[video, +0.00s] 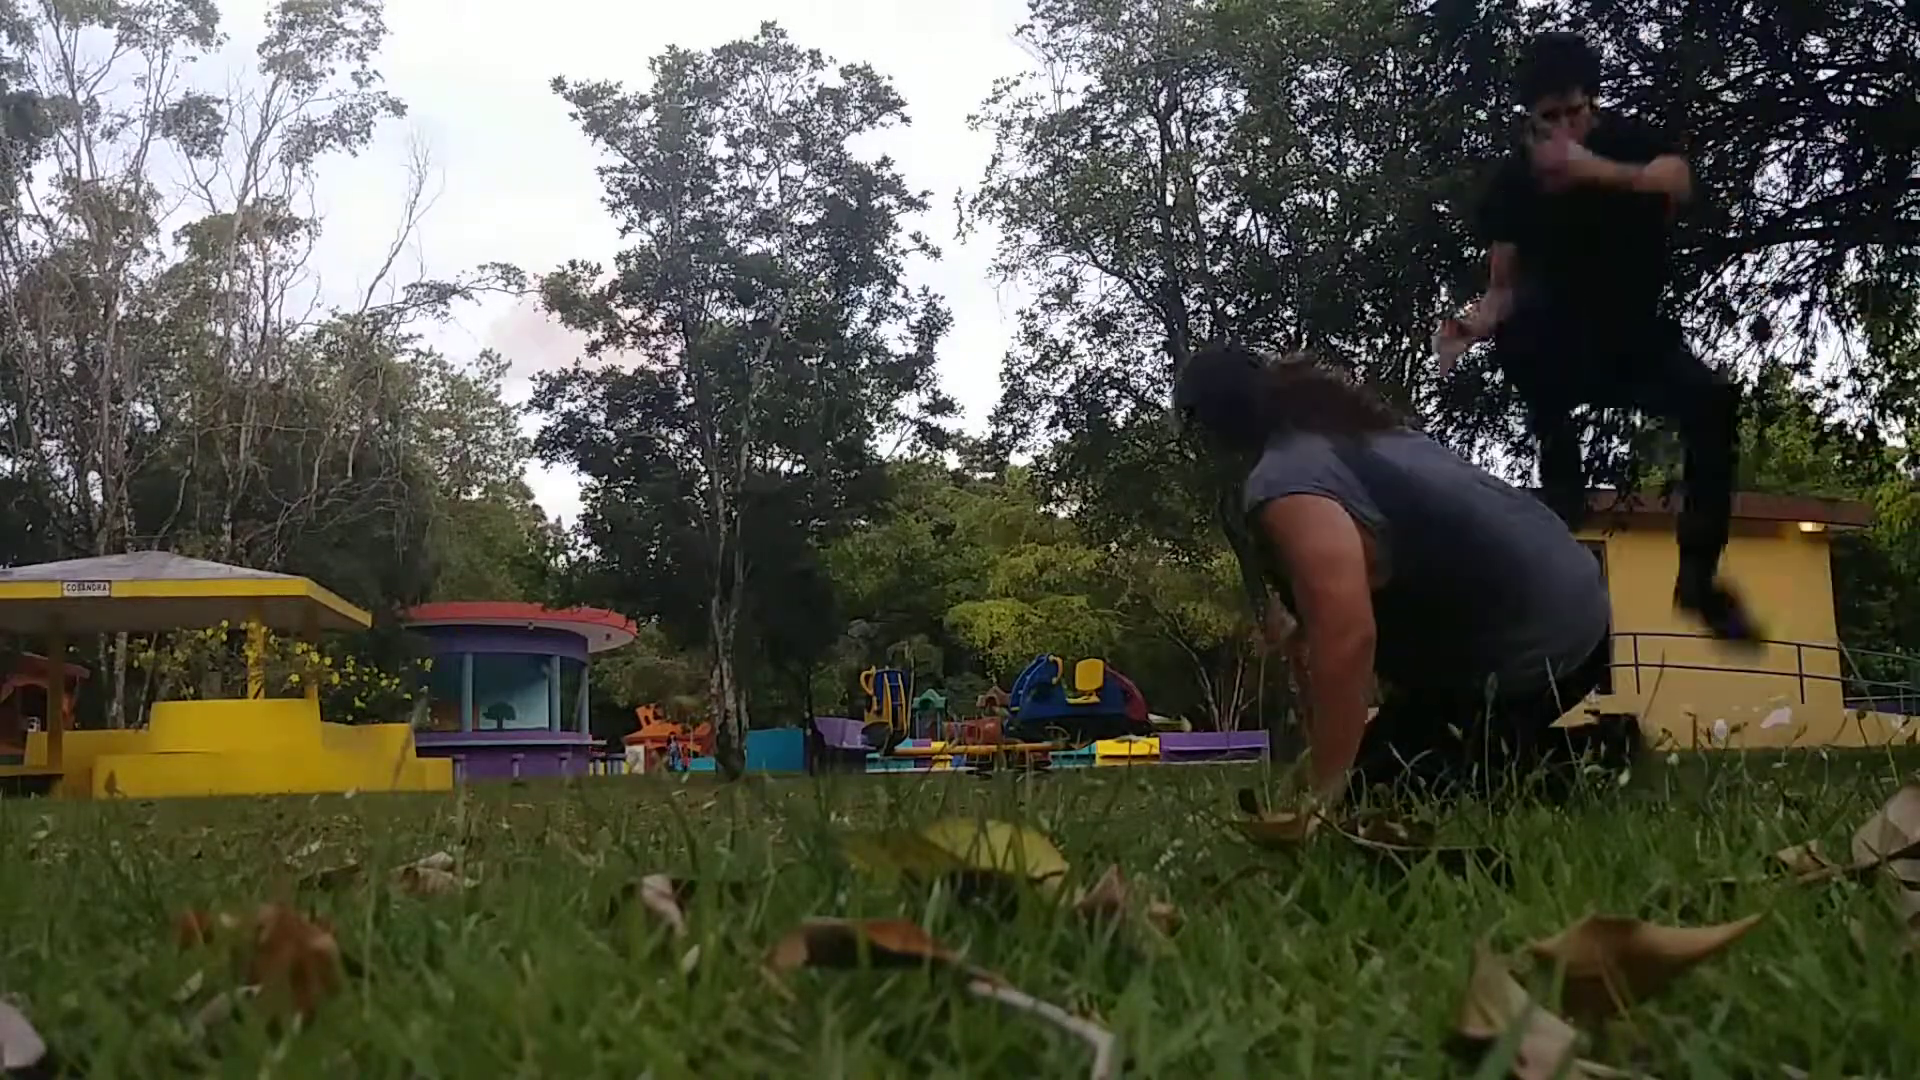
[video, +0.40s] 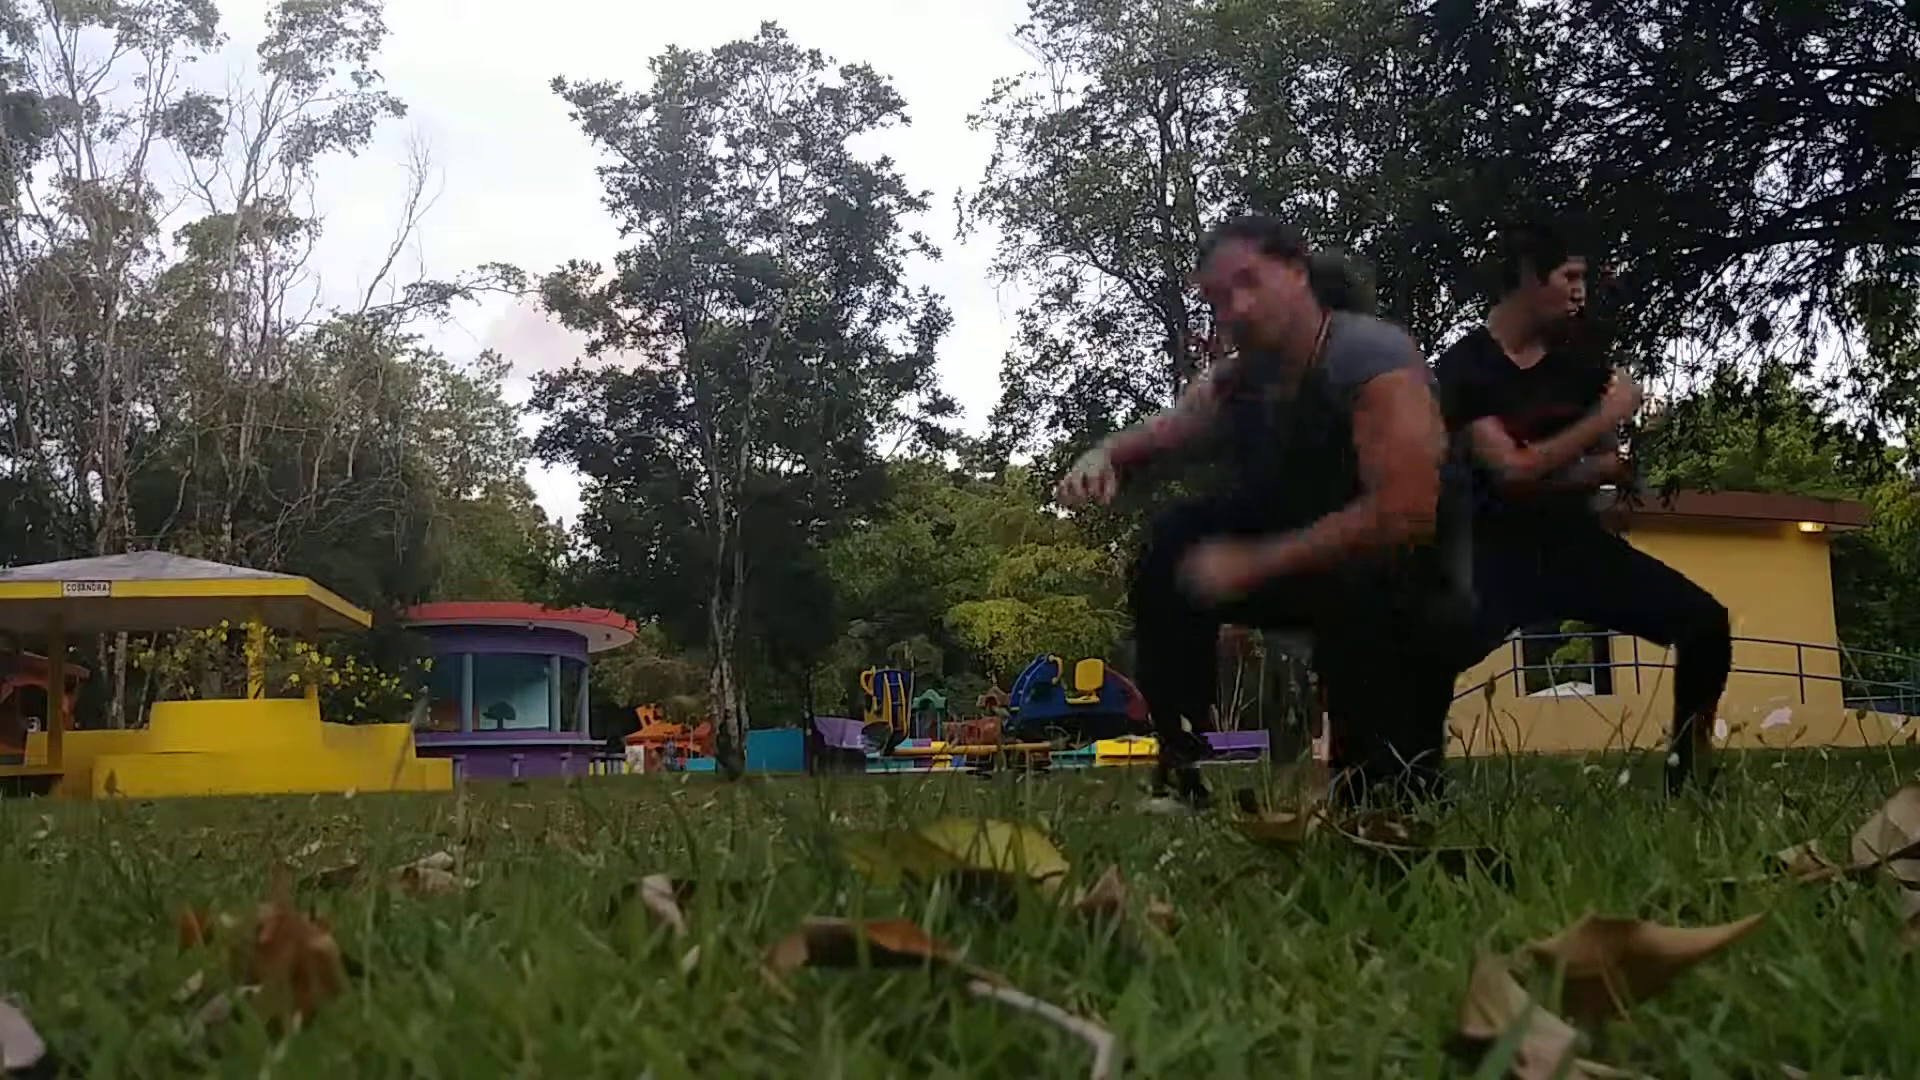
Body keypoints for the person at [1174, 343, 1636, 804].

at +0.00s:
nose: (1200, 445)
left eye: (1195, 429)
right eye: (1194, 429)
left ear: (1212, 425)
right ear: (1262, 387)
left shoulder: (1288, 472)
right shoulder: (1342, 431)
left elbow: (1345, 633)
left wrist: (1321, 796)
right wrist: (1305, 630)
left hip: (1523, 647)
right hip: (1564, 619)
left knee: (1374, 784)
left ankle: (1589, 754)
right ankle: (1592, 747)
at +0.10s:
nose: (1198, 452)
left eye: (1196, 438)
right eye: (1192, 439)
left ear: (1213, 434)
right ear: (1264, 387)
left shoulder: (1309, 474)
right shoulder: (1333, 439)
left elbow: (1363, 645)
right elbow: (1373, 546)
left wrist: (1332, 790)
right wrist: (1276, 587)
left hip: (1531, 637)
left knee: (1395, 771)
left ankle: (1580, 745)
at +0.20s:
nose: (1193, 432)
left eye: (1194, 411)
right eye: (1188, 414)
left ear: (1232, 400)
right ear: (1253, 387)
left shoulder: (1336, 455)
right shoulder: (1309, 442)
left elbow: (1366, 630)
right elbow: (1286, 479)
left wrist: (1321, 793)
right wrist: (1215, 521)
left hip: (1494, 621)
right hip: (1420, 594)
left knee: (1378, 787)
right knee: (1229, 581)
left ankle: (1574, 733)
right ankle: (1088, 741)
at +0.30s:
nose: (1192, 375)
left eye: (1203, 351)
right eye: (1187, 358)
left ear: (1267, 336)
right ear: (1264, 343)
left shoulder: (1357, 410)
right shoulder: (1277, 410)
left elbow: (1374, 583)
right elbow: (1226, 447)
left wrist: (1283, 719)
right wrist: (1154, 481)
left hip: (1445, 601)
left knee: (1372, 777)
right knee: (1191, 556)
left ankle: (1509, 750)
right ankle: (1153, 741)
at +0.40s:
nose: (1236, 309)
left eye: (1247, 283)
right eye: (1219, 301)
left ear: (1294, 270)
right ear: (1214, 314)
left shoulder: (1374, 353)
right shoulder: (1241, 380)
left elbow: (1405, 512)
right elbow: (1163, 435)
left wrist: (1255, 561)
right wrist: (1105, 460)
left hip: (1407, 580)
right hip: (1310, 578)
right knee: (1174, 538)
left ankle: (1385, 795)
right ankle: (1182, 767)